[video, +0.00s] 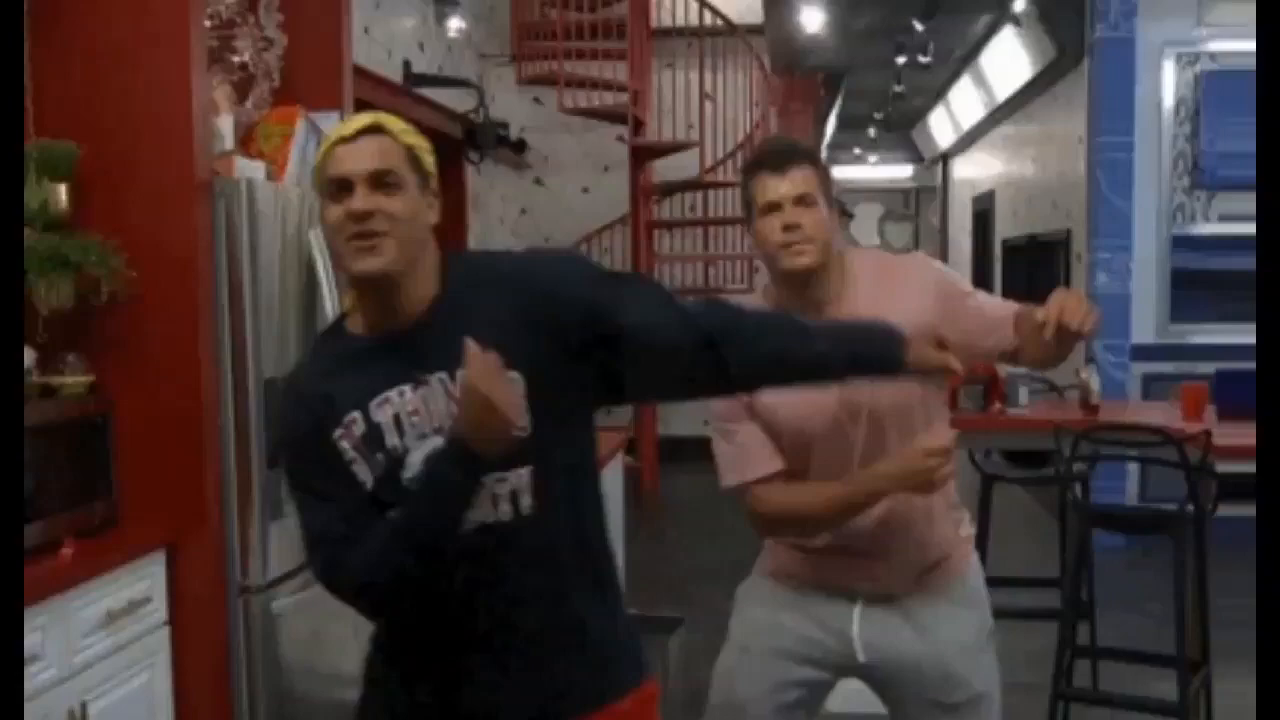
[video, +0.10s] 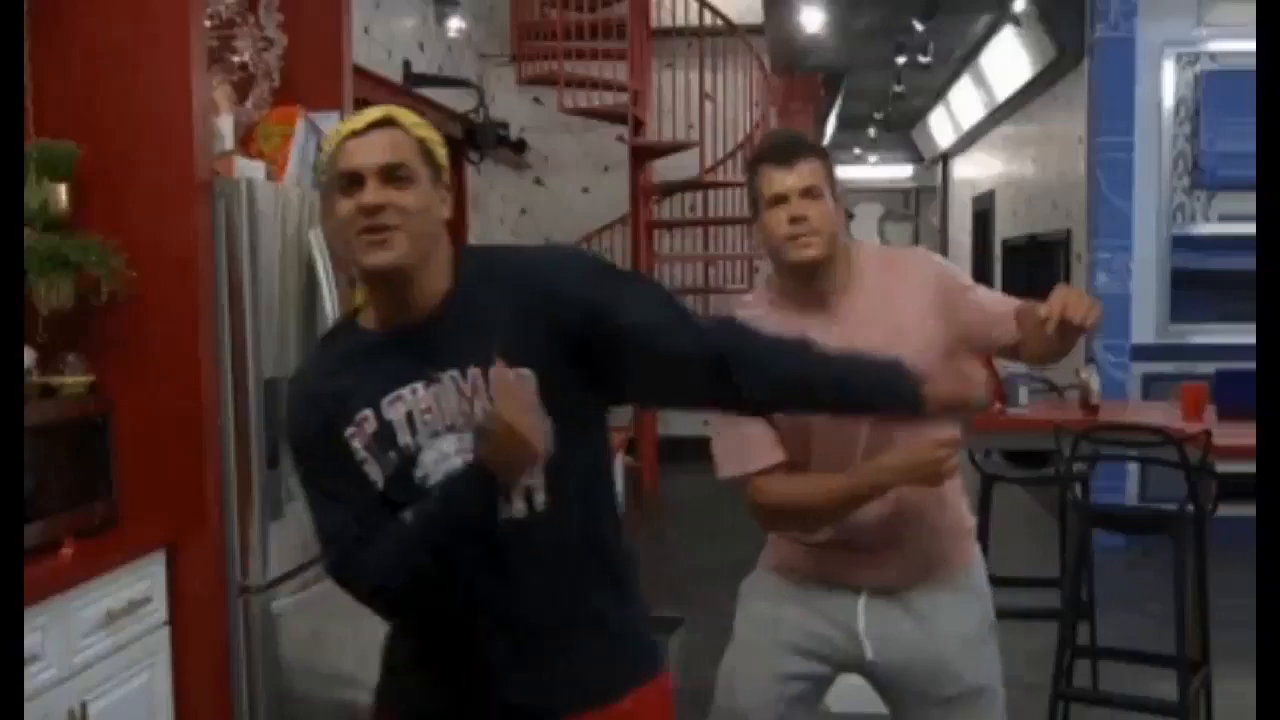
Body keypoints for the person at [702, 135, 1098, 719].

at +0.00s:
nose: (789, 221)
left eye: (803, 203)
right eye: (769, 211)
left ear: (834, 215)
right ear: (752, 234)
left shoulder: (914, 282)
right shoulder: (733, 336)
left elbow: (1026, 345)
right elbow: (766, 507)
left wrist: (1060, 323)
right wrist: (887, 478)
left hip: (930, 586)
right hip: (794, 585)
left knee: (966, 708)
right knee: (738, 707)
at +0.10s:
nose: (796, 213)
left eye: (810, 195)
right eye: (776, 202)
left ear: (839, 206)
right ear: (757, 227)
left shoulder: (919, 278)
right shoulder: (743, 328)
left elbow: (1029, 342)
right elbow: (767, 498)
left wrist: (1062, 318)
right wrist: (889, 471)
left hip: (933, 585)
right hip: (796, 585)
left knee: (969, 709)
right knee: (744, 707)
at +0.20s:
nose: (815, 188)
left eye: (829, 172)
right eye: (796, 177)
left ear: (853, 185)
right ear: (774, 198)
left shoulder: (920, 268)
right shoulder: (733, 317)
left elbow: (1006, 350)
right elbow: (748, 465)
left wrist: (1056, 359)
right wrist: (886, 483)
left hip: (932, 567)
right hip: (804, 572)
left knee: (962, 708)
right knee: (787, 710)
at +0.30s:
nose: (823, 194)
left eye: (838, 180)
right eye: (804, 182)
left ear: (859, 195)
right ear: (778, 203)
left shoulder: (923, 285)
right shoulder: (736, 317)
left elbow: (992, 389)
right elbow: (735, 454)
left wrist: (1069, 410)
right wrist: (859, 517)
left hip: (924, 573)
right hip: (798, 574)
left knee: (953, 710)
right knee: (780, 713)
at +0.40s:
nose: (810, 209)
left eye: (826, 196)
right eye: (794, 197)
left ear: (848, 213)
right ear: (770, 217)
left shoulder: (910, 312)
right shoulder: (720, 330)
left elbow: (957, 434)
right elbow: (712, 468)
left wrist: (1024, 541)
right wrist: (754, 570)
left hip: (895, 587)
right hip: (762, 587)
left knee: (931, 707)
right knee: (733, 707)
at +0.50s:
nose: (790, 196)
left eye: (806, 183)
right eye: (774, 183)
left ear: (829, 200)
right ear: (751, 202)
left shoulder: (884, 301)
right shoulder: (694, 309)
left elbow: (933, 428)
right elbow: (659, 442)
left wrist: (947, 555)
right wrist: (676, 550)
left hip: (870, 578)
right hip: (738, 579)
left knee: (899, 706)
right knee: (714, 709)